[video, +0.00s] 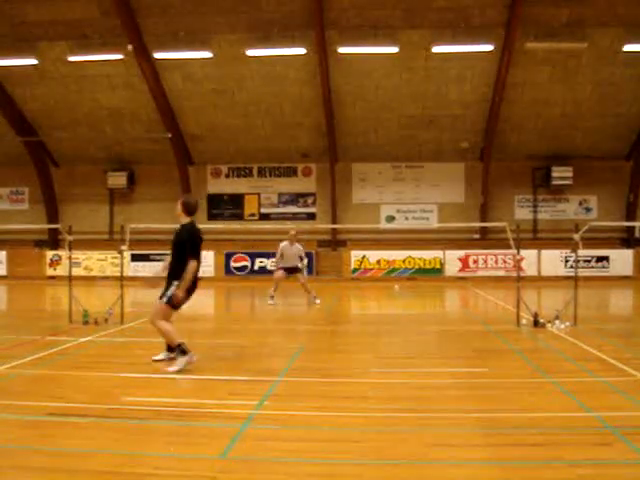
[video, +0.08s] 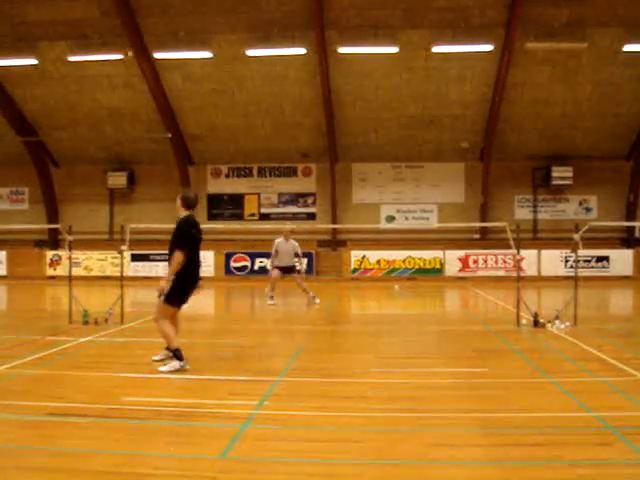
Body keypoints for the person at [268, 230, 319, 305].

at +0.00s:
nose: (292, 238)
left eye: (294, 236)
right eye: (291, 236)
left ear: (296, 237)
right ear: (288, 236)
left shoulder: (299, 247)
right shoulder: (283, 246)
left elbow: (303, 258)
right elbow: (278, 256)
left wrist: (303, 263)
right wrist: (275, 262)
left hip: (295, 266)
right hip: (284, 266)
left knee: (303, 282)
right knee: (277, 277)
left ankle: (313, 296)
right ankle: (272, 296)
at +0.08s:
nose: (286, 235)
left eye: (288, 233)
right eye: (285, 233)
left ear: (290, 234)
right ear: (282, 233)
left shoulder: (294, 244)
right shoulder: (277, 243)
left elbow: (299, 256)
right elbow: (273, 254)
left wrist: (300, 267)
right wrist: (271, 264)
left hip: (291, 265)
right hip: (279, 266)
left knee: (299, 281)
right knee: (274, 276)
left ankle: (311, 296)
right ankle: (270, 296)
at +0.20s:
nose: (278, 227)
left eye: (280, 225)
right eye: (277, 225)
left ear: (283, 227)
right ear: (275, 226)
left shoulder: (285, 237)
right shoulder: (269, 236)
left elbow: (292, 250)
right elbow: (266, 247)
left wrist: (293, 262)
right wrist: (265, 257)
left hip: (283, 260)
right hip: (273, 260)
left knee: (290, 279)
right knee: (270, 278)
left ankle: (304, 292)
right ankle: (270, 297)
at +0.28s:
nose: (275, 224)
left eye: (277, 223)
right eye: (274, 222)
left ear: (279, 224)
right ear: (272, 223)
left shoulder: (281, 234)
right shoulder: (267, 233)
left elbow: (286, 246)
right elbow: (262, 245)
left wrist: (287, 257)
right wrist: (261, 257)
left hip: (280, 257)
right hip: (270, 258)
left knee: (282, 276)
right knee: (270, 278)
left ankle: (297, 289)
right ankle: (270, 297)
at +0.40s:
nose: (269, 221)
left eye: (270, 219)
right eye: (267, 219)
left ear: (273, 220)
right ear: (265, 220)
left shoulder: (275, 231)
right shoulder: (261, 230)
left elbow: (280, 243)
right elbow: (258, 243)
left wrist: (275, 252)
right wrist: (254, 255)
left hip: (275, 253)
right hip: (266, 253)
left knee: (268, 273)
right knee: (268, 273)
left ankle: (278, 291)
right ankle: (271, 293)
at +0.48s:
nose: (267, 221)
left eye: (269, 219)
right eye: (266, 218)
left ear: (271, 220)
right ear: (264, 220)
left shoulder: (274, 231)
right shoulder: (260, 230)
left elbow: (279, 244)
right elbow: (257, 244)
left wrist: (274, 254)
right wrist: (253, 256)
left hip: (273, 255)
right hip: (264, 255)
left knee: (267, 274)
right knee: (266, 275)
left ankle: (273, 294)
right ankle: (269, 294)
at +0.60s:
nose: (259, 222)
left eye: (261, 220)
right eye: (258, 220)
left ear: (264, 222)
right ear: (257, 221)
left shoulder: (268, 232)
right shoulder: (255, 232)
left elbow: (273, 246)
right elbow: (252, 243)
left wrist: (273, 259)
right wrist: (251, 255)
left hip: (267, 258)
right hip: (258, 257)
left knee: (267, 278)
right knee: (258, 278)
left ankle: (269, 295)